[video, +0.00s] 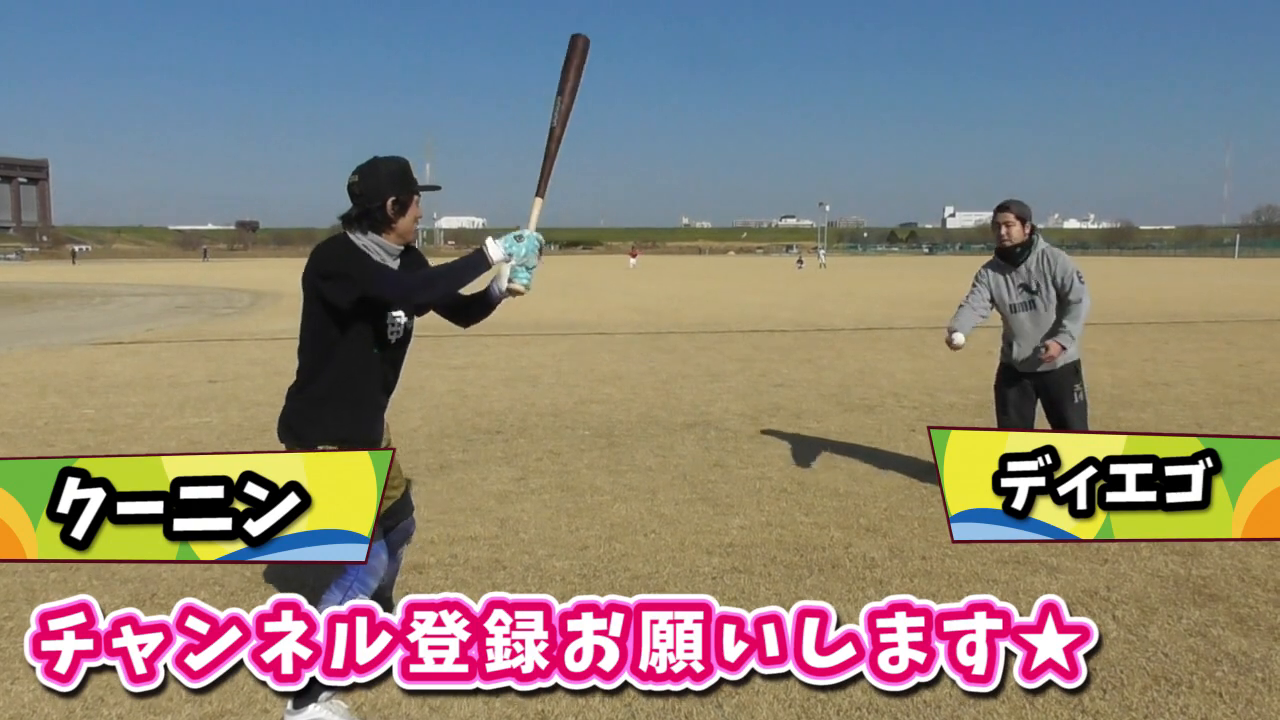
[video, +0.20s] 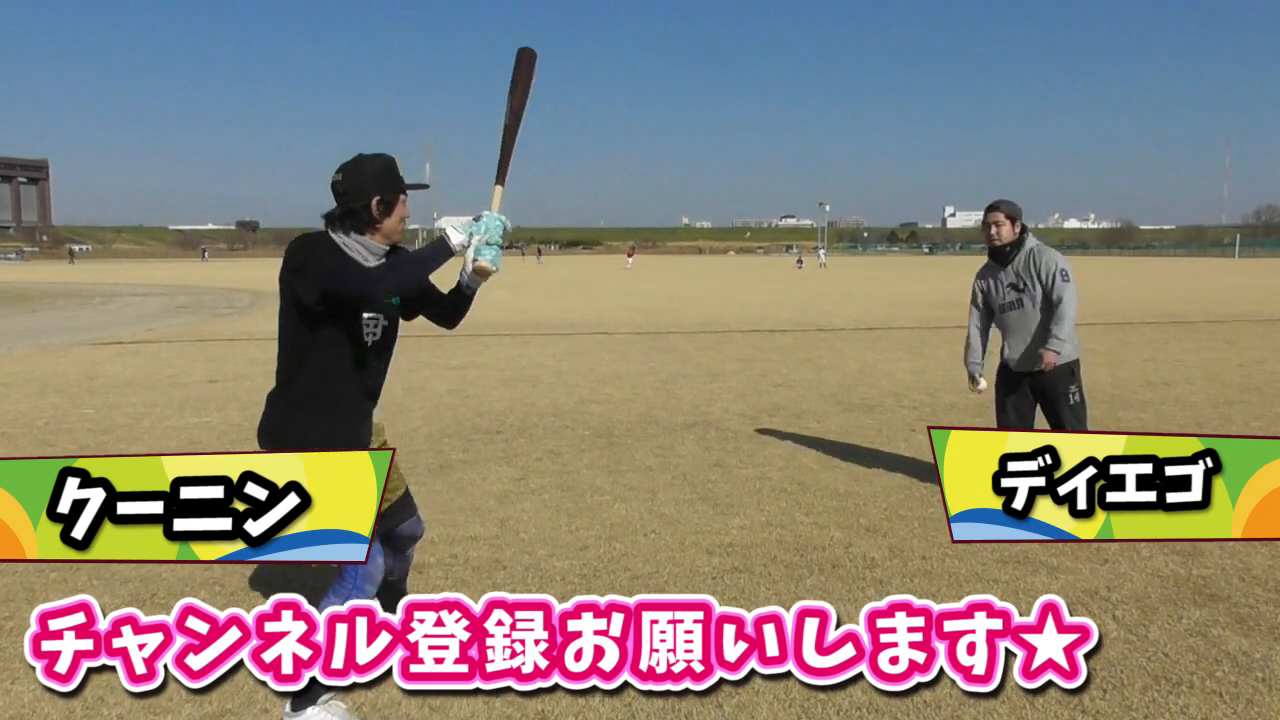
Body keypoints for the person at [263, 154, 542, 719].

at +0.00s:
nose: (422, 213)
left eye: (420, 203)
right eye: (417, 203)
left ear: (386, 208)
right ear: (393, 207)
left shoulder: (402, 261)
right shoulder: (336, 255)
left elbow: (464, 311)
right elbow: (402, 291)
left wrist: (504, 282)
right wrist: (491, 253)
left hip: (365, 431)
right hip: (322, 435)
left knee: (399, 525)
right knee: (369, 561)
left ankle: (365, 628)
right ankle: (309, 690)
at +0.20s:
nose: (408, 214)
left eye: (406, 203)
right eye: (403, 204)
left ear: (369, 207)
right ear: (379, 207)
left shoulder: (388, 267)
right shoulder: (311, 252)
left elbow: (448, 313)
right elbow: (371, 286)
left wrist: (474, 275)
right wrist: (453, 238)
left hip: (354, 437)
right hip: (306, 442)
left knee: (404, 528)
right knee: (363, 564)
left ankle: (377, 631)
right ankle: (308, 696)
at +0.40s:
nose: (398, 209)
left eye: (398, 201)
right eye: (394, 201)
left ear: (353, 203)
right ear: (371, 203)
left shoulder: (379, 255)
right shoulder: (287, 246)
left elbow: (426, 313)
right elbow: (323, 288)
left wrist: (425, 263)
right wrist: (396, 242)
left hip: (351, 421)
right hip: (293, 433)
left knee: (432, 517)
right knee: (346, 568)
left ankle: (408, 614)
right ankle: (306, 697)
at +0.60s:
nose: (389, 207)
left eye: (389, 201)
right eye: (384, 200)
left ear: (350, 201)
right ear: (362, 203)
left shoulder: (381, 252)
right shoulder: (278, 246)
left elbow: (410, 319)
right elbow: (271, 297)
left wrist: (385, 270)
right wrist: (352, 249)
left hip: (357, 413)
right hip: (293, 424)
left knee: (416, 488)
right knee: (345, 563)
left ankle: (433, 622)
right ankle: (307, 695)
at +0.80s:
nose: (403, 212)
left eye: (402, 201)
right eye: (395, 202)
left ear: (366, 205)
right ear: (363, 205)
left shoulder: (393, 258)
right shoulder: (281, 247)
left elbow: (398, 320)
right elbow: (244, 304)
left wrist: (351, 276)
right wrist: (323, 264)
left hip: (366, 413)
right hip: (301, 432)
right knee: (349, 564)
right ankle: (308, 698)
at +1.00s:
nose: (415, 221)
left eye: (415, 211)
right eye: (407, 213)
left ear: (380, 216)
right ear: (375, 217)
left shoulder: (406, 266)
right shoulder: (292, 252)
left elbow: (390, 323)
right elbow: (233, 310)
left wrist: (326, 290)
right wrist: (303, 266)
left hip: (383, 424)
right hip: (315, 440)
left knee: (461, 527)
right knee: (353, 563)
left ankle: (489, 608)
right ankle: (307, 699)